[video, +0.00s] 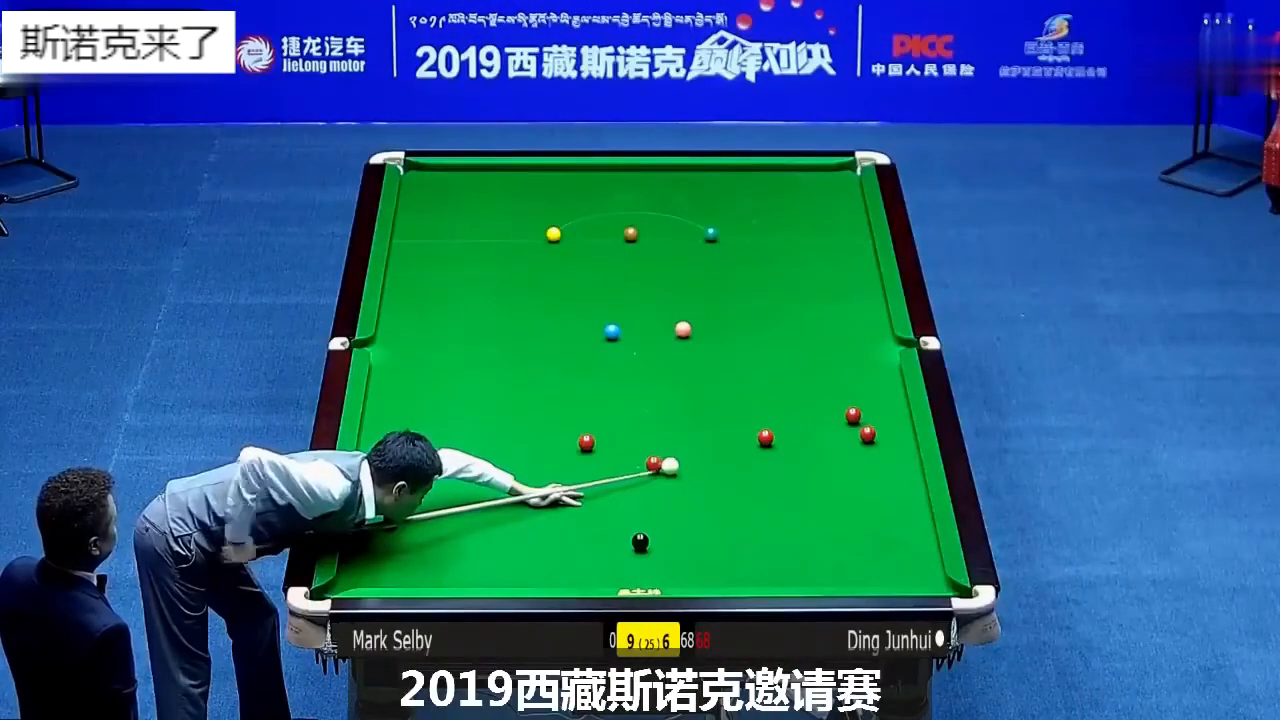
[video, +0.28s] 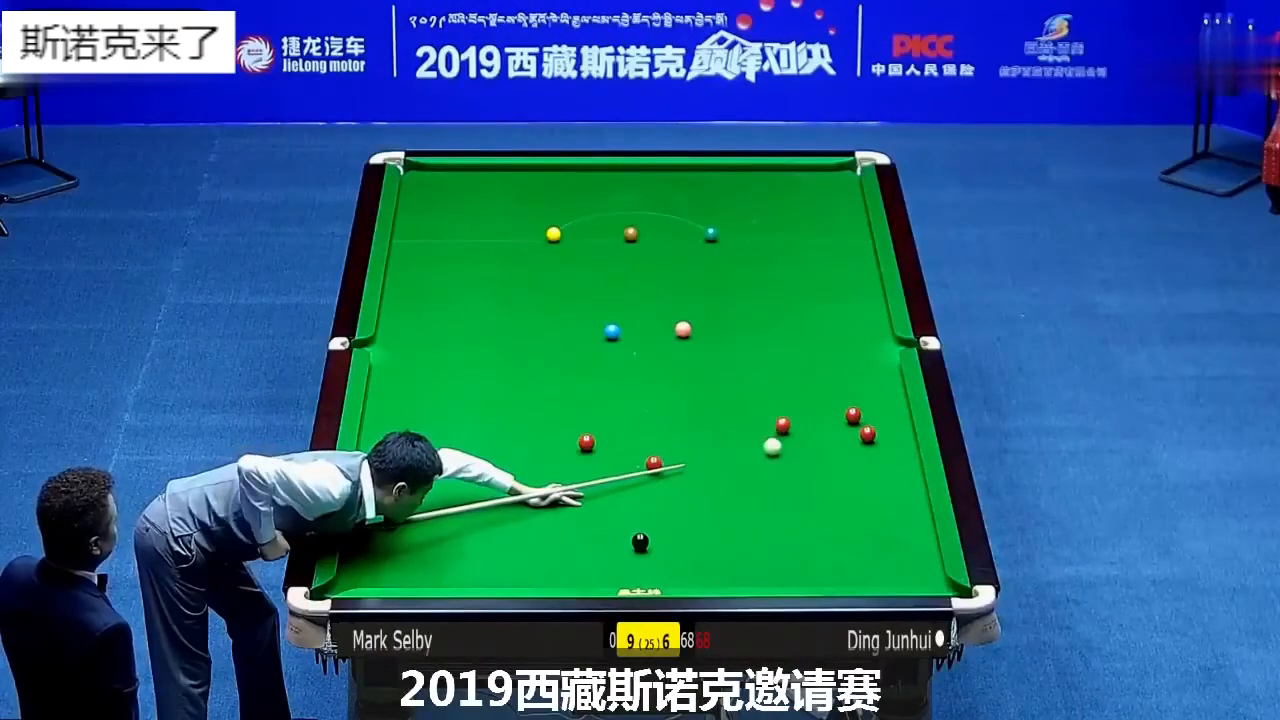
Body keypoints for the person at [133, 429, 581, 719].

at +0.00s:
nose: (420, 503)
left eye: (422, 494)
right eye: (418, 495)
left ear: (395, 479)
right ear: (396, 488)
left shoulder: (380, 471)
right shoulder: (329, 492)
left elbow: (456, 462)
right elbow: (253, 460)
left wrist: (524, 489)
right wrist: (242, 538)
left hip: (211, 538)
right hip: (172, 537)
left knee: (256, 625)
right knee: (187, 673)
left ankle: (266, 718)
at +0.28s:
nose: (419, 504)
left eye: (422, 495)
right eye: (418, 496)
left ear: (393, 479)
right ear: (395, 489)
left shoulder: (377, 473)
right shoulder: (331, 491)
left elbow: (454, 462)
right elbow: (253, 469)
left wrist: (522, 489)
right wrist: (266, 535)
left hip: (212, 538)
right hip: (173, 538)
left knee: (257, 626)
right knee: (187, 676)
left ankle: (266, 718)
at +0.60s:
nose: (420, 502)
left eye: (422, 493)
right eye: (418, 495)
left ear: (393, 479)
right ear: (395, 489)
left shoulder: (378, 472)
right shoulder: (331, 491)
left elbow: (454, 462)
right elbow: (253, 469)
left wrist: (523, 489)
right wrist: (266, 536)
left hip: (211, 538)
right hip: (173, 538)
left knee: (257, 627)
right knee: (187, 677)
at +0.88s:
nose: (420, 502)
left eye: (422, 493)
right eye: (418, 494)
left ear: (393, 479)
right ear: (395, 489)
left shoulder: (377, 472)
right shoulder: (331, 491)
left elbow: (454, 462)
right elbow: (252, 469)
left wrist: (523, 489)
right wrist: (266, 536)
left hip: (211, 538)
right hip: (173, 538)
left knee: (257, 627)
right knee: (187, 677)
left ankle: (266, 719)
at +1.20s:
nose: (419, 502)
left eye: (422, 493)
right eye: (418, 494)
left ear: (392, 477)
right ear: (396, 489)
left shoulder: (376, 471)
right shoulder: (330, 491)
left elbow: (454, 462)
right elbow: (252, 470)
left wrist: (523, 489)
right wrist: (267, 536)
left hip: (210, 534)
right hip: (174, 537)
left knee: (257, 624)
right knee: (187, 673)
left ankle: (266, 719)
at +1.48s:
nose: (419, 502)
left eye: (422, 493)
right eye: (418, 495)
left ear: (393, 476)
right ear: (397, 489)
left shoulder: (379, 470)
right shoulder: (331, 492)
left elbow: (457, 463)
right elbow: (252, 469)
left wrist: (524, 491)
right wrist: (267, 534)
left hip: (214, 536)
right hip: (181, 538)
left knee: (258, 624)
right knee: (189, 674)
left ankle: (266, 716)